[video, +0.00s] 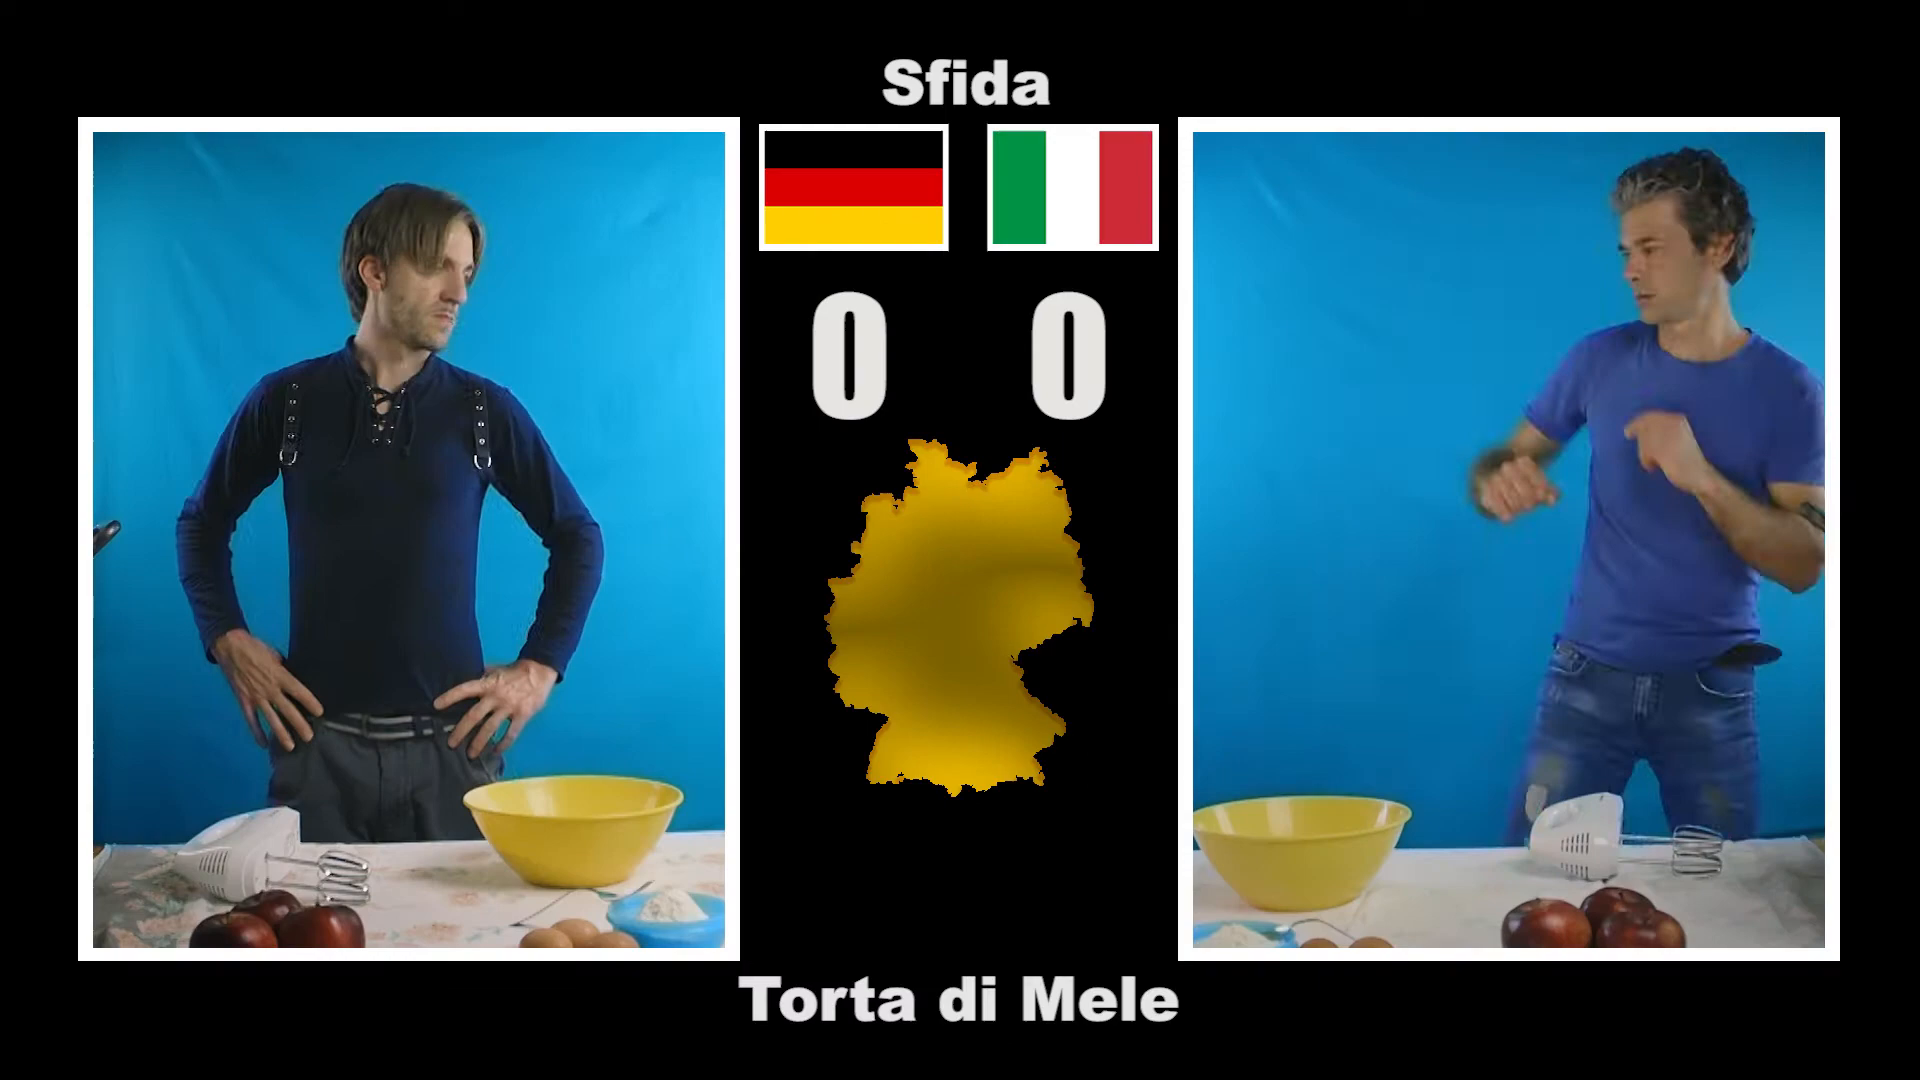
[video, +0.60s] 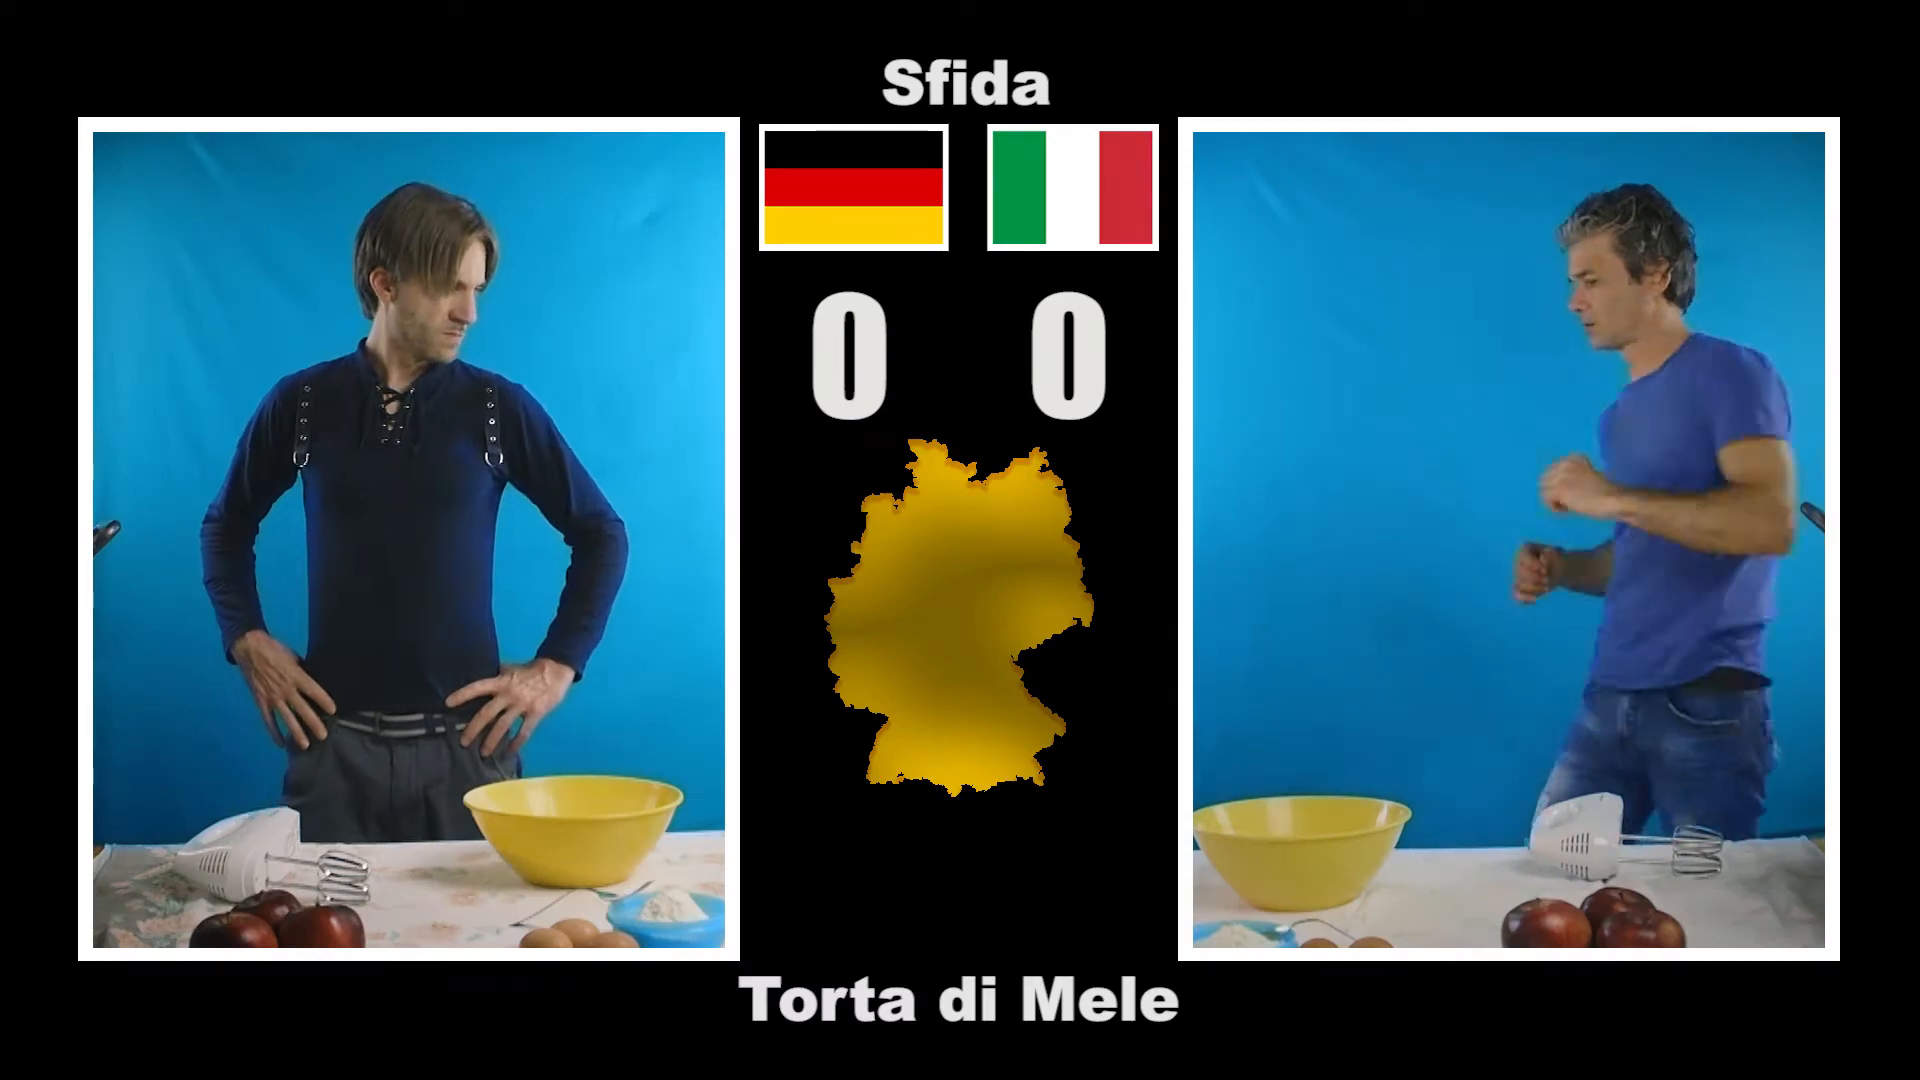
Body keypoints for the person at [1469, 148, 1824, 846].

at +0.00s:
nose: (1631, 270)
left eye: (1650, 248)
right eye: (1626, 252)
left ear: (1721, 248)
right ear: (1621, 256)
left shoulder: (1786, 389)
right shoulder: (1599, 361)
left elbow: (1801, 563)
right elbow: (1503, 461)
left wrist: (1701, 479)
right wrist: (1501, 481)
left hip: (1711, 687)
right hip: (1586, 676)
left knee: (1719, 896)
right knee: (1536, 887)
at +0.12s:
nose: (1592, 281)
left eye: (1611, 261)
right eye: (1592, 263)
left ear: (1678, 263)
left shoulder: (1734, 349)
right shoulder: (1638, 388)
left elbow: (1702, 379)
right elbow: (1662, 541)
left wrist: (1600, 367)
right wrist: (1587, 532)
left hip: (1695, 697)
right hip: (1593, 685)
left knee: (1704, 902)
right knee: (1528, 880)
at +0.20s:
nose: (1581, 290)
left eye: (1594, 264)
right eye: (1579, 268)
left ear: (1661, 267)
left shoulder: (1704, 352)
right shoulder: (1666, 383)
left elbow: (1593, 255)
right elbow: (1696, 539)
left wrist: (1435, 313)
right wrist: (1604, 529)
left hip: (1692, 708)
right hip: (1604, 692)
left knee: (1691, 916)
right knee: (1537, 891)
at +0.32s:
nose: (1576, 306)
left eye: (1587, 284)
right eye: (1574, 288)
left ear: (1649, 272)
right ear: (1651, 273)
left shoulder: (1661, 334)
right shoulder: (1742, 395)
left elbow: (1550, 358)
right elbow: (1768, 557)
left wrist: (1448, 344)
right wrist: (1627, 536)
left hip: (1678, 707)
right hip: (1612, 697)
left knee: (1671, 930)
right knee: (1553, 896)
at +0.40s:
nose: (1569, 312)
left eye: (1582, 289)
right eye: (1567, 293)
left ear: (1644, 282)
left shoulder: (1647, 356)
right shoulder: (1742, 405)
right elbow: (1766, 567)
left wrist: (1478, 418)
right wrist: (1624, 541)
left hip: (1673, 718)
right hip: (1613, 703)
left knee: (1664, 929)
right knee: (1553, 898)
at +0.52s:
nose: (1564, 310)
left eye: (1578, 288)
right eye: (1564, 291)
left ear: (1642, 284)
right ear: (1636, 287)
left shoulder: (1685, 377)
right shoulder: (1648, 394)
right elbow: (1673, 541)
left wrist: (1546, 505)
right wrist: (1595, 558)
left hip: (1686, 715)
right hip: (1612, 707)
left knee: (1680, 919)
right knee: (1553, 895)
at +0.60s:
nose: (1576, 301)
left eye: (1590, 280)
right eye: (1574, 284)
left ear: (1656, 277)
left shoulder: (1734, 374)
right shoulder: (1618, 418)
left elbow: (1770, 523)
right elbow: (1647, 561)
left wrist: (1612, 499)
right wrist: (1563, 569)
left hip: (1710, 703)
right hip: (1613, 700)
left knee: (1708, 910)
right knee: (1555, 889)